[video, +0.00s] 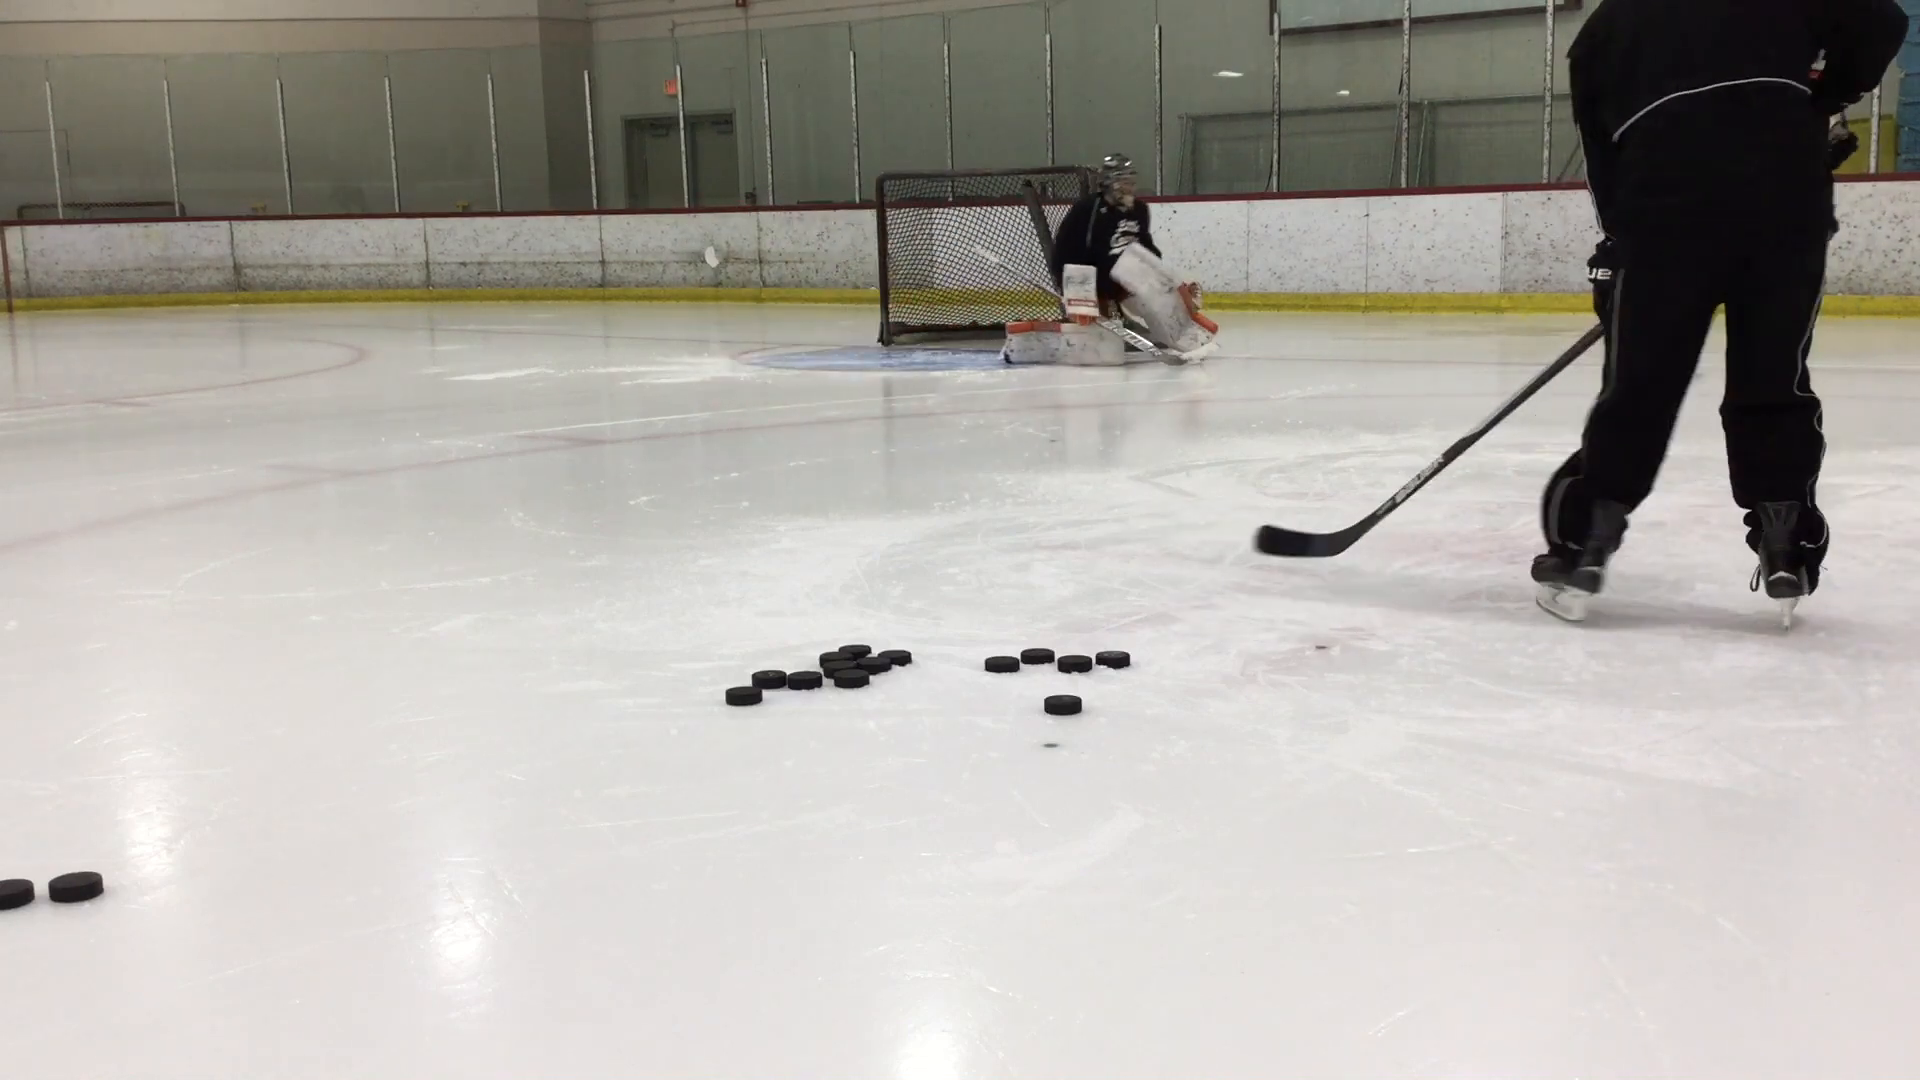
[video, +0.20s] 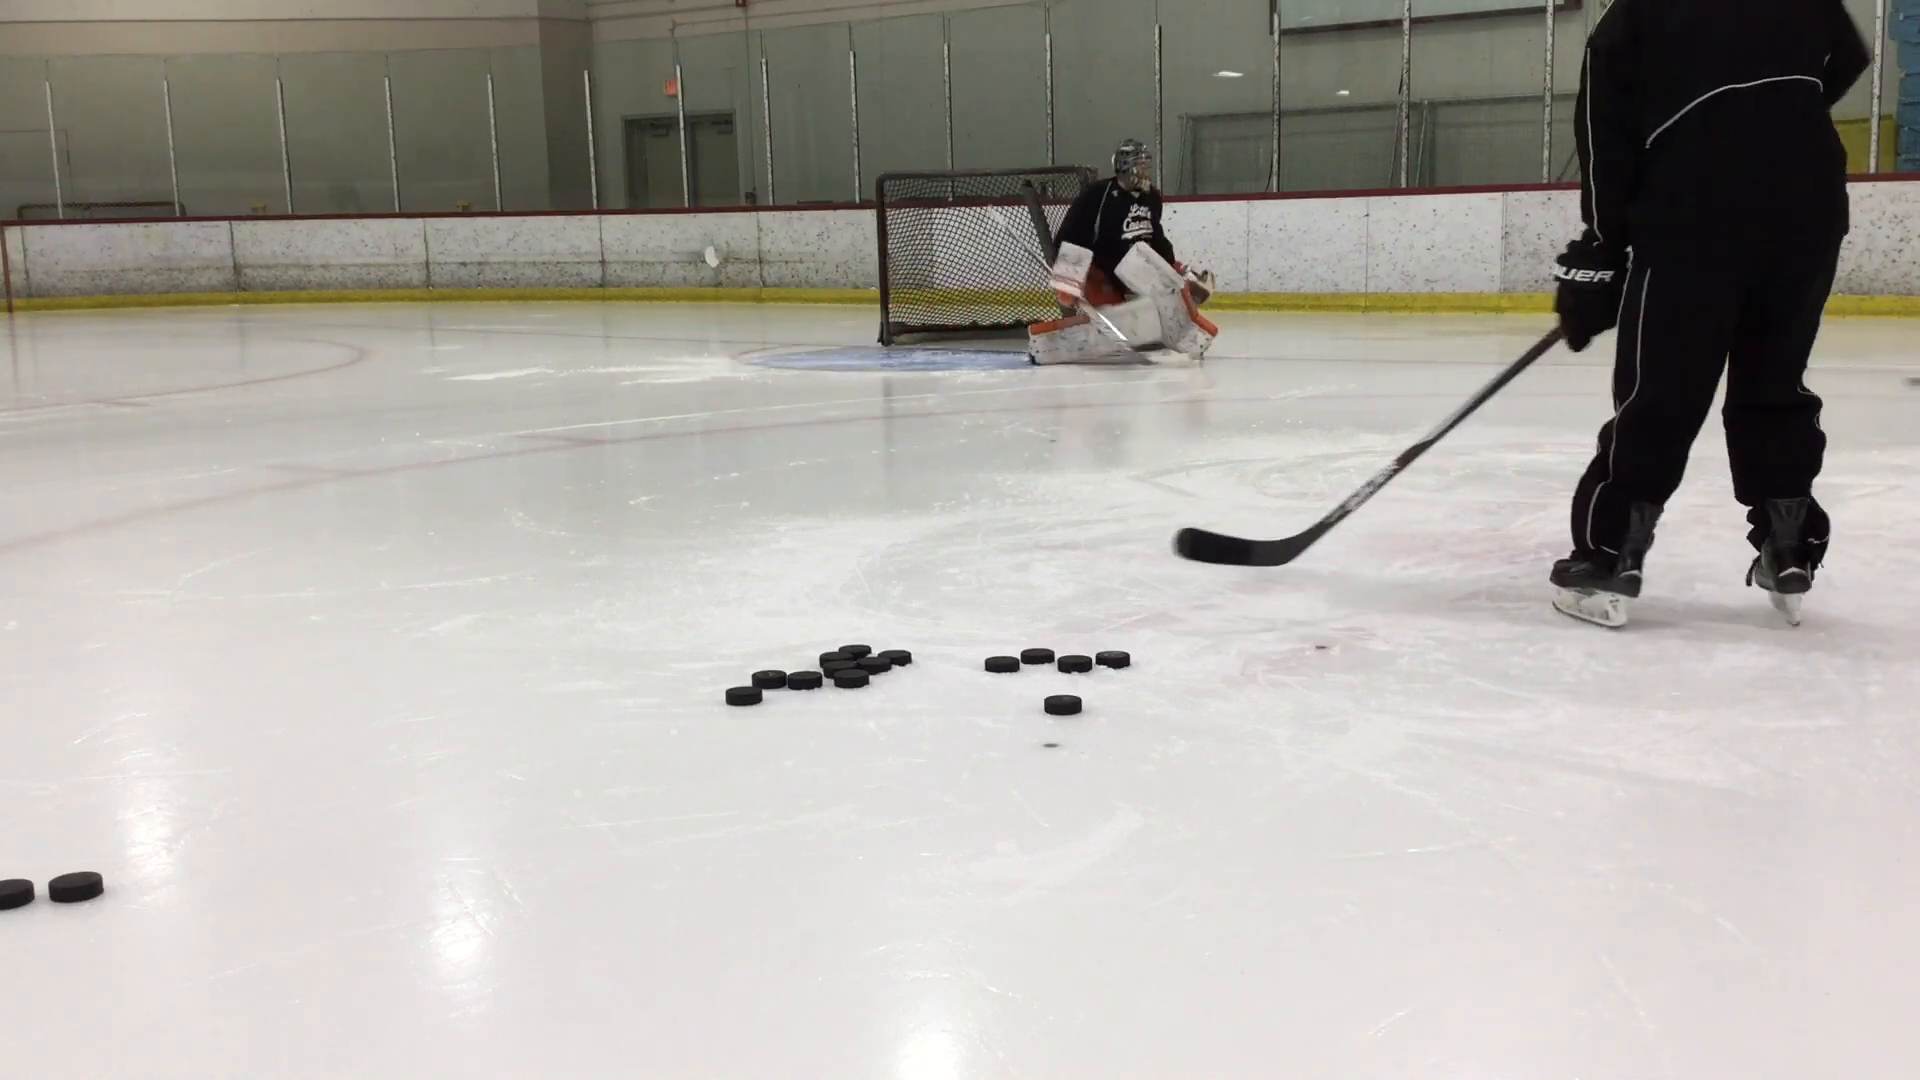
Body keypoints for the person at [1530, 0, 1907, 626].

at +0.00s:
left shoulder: (1602, 28)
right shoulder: (1791, 5)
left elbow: (1603, 150)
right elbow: (1883, 21)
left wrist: (1617, 239)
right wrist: (1828, 95)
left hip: (1668, 207)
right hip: (1786, 198)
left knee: (1639, 387)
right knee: (1773, 384)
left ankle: (1586, 543)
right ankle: (1785, 546)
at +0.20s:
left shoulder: (1622, 25)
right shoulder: (1796, 3)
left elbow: (1606, 149)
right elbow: (1850, 52)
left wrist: (1594, 263)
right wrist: (1780, 114)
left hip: (1691, 212)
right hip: (1805, 206)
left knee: (1659, 394)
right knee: (1775, 384)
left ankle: (1614, 553)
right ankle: (1788, 545)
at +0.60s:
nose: (1553, 8)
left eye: (1557, 9)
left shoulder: (1594, 17)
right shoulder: (1719, 7)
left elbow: (1578, 147)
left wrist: (1537, 277)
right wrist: (1634, 204)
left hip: (1693, 220)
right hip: (1795, 201)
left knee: (1651, 397)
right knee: (1769, 391)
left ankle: (1634, 560)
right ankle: (1787, 550)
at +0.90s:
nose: (1519, 20)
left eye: (1521, 16)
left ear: (1539, 3)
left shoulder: (1561, 27)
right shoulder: (1690, 7)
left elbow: (1557, 161)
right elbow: (1721, 98)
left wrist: (1529, 284)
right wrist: (1641, 196)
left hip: (1681, 211)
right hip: (1781, 192)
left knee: (1642, 393)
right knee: (1764, 383)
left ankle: (1635, 562)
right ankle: (1783, 548)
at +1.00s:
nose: (1514, 10)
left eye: (1517, 8)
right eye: (1516, 9)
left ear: (1529, 2)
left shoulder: (1553, 36)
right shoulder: (1680, 7)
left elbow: (1556, 156)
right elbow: (1761, 19)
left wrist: (1545, 273)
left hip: (1678, 210)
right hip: (1779, 190)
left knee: (1640, 392)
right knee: (1758, 383)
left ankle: (1634, 564)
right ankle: (1776, 548)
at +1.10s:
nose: (1512, 10)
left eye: (1513, 7)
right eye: (1513, 7)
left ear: (1527, 2)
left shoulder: (1551, 51)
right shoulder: (1682, 9)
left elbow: (1560, 166)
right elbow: (1770, 8)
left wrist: (1556, 272)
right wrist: (1738, 71)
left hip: (1675, 211)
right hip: (1779, 190)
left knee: (1643, 391)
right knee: (1755, 380)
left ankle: (1636, 561)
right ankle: (1768, 546)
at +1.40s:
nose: (1526, 7)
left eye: (1531, 10)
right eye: (1530, 7)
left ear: (1543, 5)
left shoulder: (1559, 64)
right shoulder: (1694, 8)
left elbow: (1579, 179)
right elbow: (1790, 6)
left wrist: (1593, 258)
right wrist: (1752, 69)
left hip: (1688, 205)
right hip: (1793, 189)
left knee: (1652, 389)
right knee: (1765, 380)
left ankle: (1638, 560)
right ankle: (1763, 548)